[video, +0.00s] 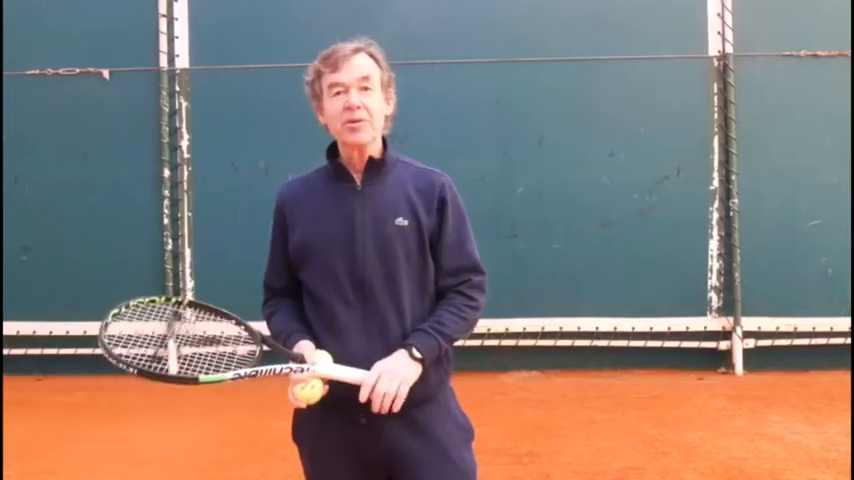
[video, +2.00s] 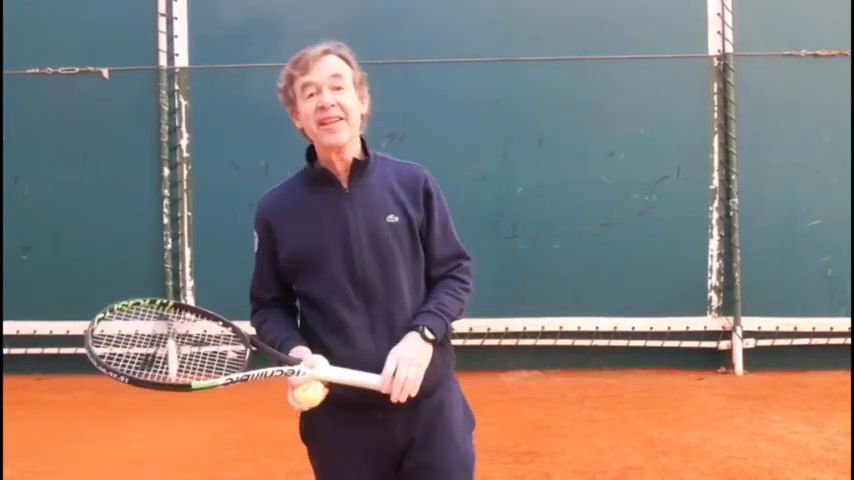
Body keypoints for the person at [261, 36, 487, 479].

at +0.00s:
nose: (353, 102)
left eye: (365, 88)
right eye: (338, 91)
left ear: (389, 103)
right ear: (321, 111)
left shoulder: (432, 190)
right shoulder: (294, 200)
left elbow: (467, 290)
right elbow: (279, 297)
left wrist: (412, 355)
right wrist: (300, 344)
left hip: (424, 421)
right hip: (330, 425)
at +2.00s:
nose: (326, 100)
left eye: (337, 87)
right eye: (311, 93)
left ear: (361, 101)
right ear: (297, 117)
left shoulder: (413, 184)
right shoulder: (277, 210)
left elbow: (455, 272)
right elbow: (268, 305)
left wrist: (422, 336)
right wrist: (295, 350)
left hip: (432, 410)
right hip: (342, 419)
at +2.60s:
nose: (392, 90)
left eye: (407, 80)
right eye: (378, 82)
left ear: (429, 102)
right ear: (361, 105)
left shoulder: (462, 198)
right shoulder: (320, 197)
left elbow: (491, 296)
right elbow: (297, 294)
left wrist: (448, 344)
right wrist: (325, 336)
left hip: (451, 423)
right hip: (355, 423)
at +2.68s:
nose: (402, 91)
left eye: (416, 80)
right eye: (387, 81)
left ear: (438, 102)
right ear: (369, 104)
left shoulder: (470, 200)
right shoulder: (327, 196)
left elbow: (496, 300)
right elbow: (302, 296)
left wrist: (454, 347)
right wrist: (331, 340)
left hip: (456, 428)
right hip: (359, 427)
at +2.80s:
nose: (415, 90)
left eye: (429, 80)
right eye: (400, 80)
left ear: (451, 103)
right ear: (381, 103)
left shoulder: (481, 203)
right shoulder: (338, 196)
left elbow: (506, 301)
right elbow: (311, 296)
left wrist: (466, 342)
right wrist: (340, 343)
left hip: (463, 432)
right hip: (365, 429)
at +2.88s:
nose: (422, 91)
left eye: (436, 80)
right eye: (407, 81)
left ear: (459, 102)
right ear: (388, 103)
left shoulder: (488, 203)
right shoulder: (344, 195)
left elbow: (514, 299)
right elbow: (317, 296)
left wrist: (476, 322)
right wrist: (345, 342)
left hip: (469, 432)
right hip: (370, 429)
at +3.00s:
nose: (432, 95)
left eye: (446, 83)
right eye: (417, 84)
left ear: (468, 102)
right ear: (397, 103)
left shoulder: (498, 203)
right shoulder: (352, 195)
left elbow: (528, 306)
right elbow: (326, 294)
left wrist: (489, 302)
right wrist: (351, 345)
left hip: (476, 432)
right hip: (377, 427)